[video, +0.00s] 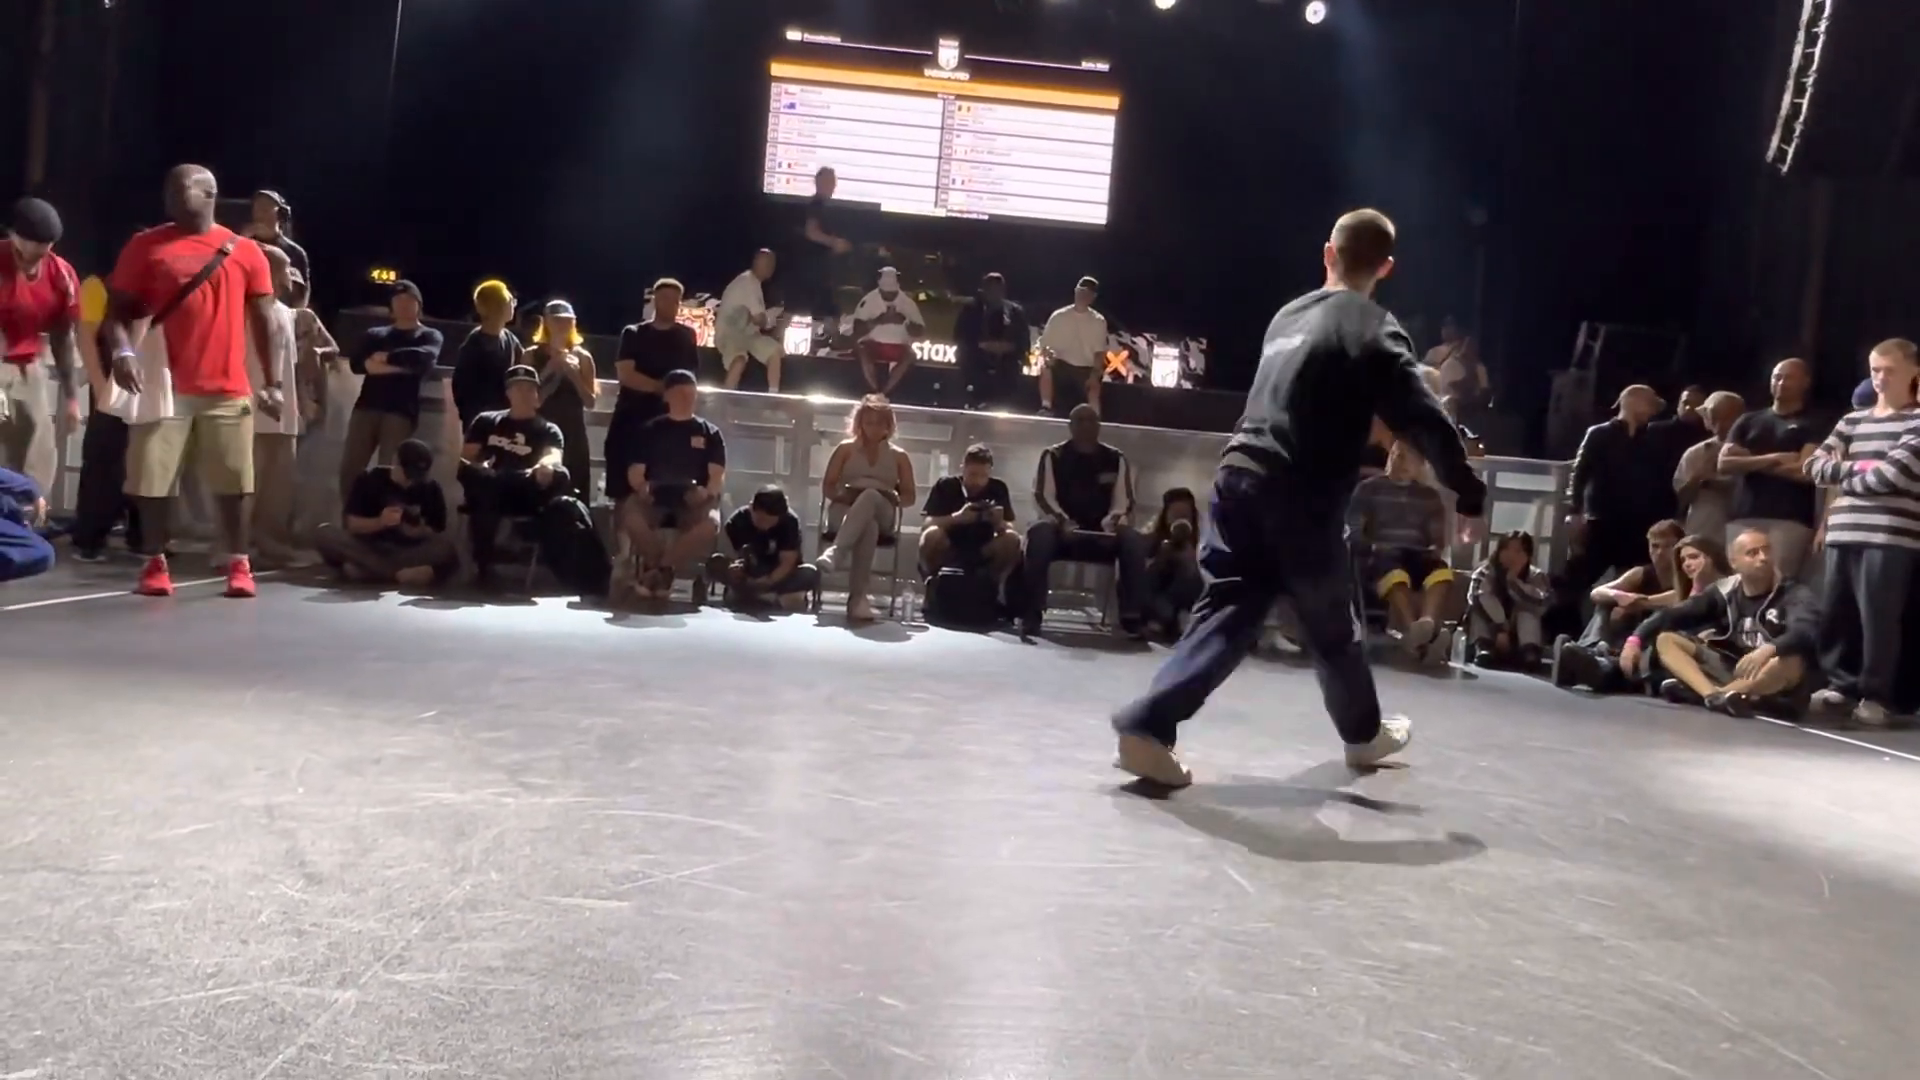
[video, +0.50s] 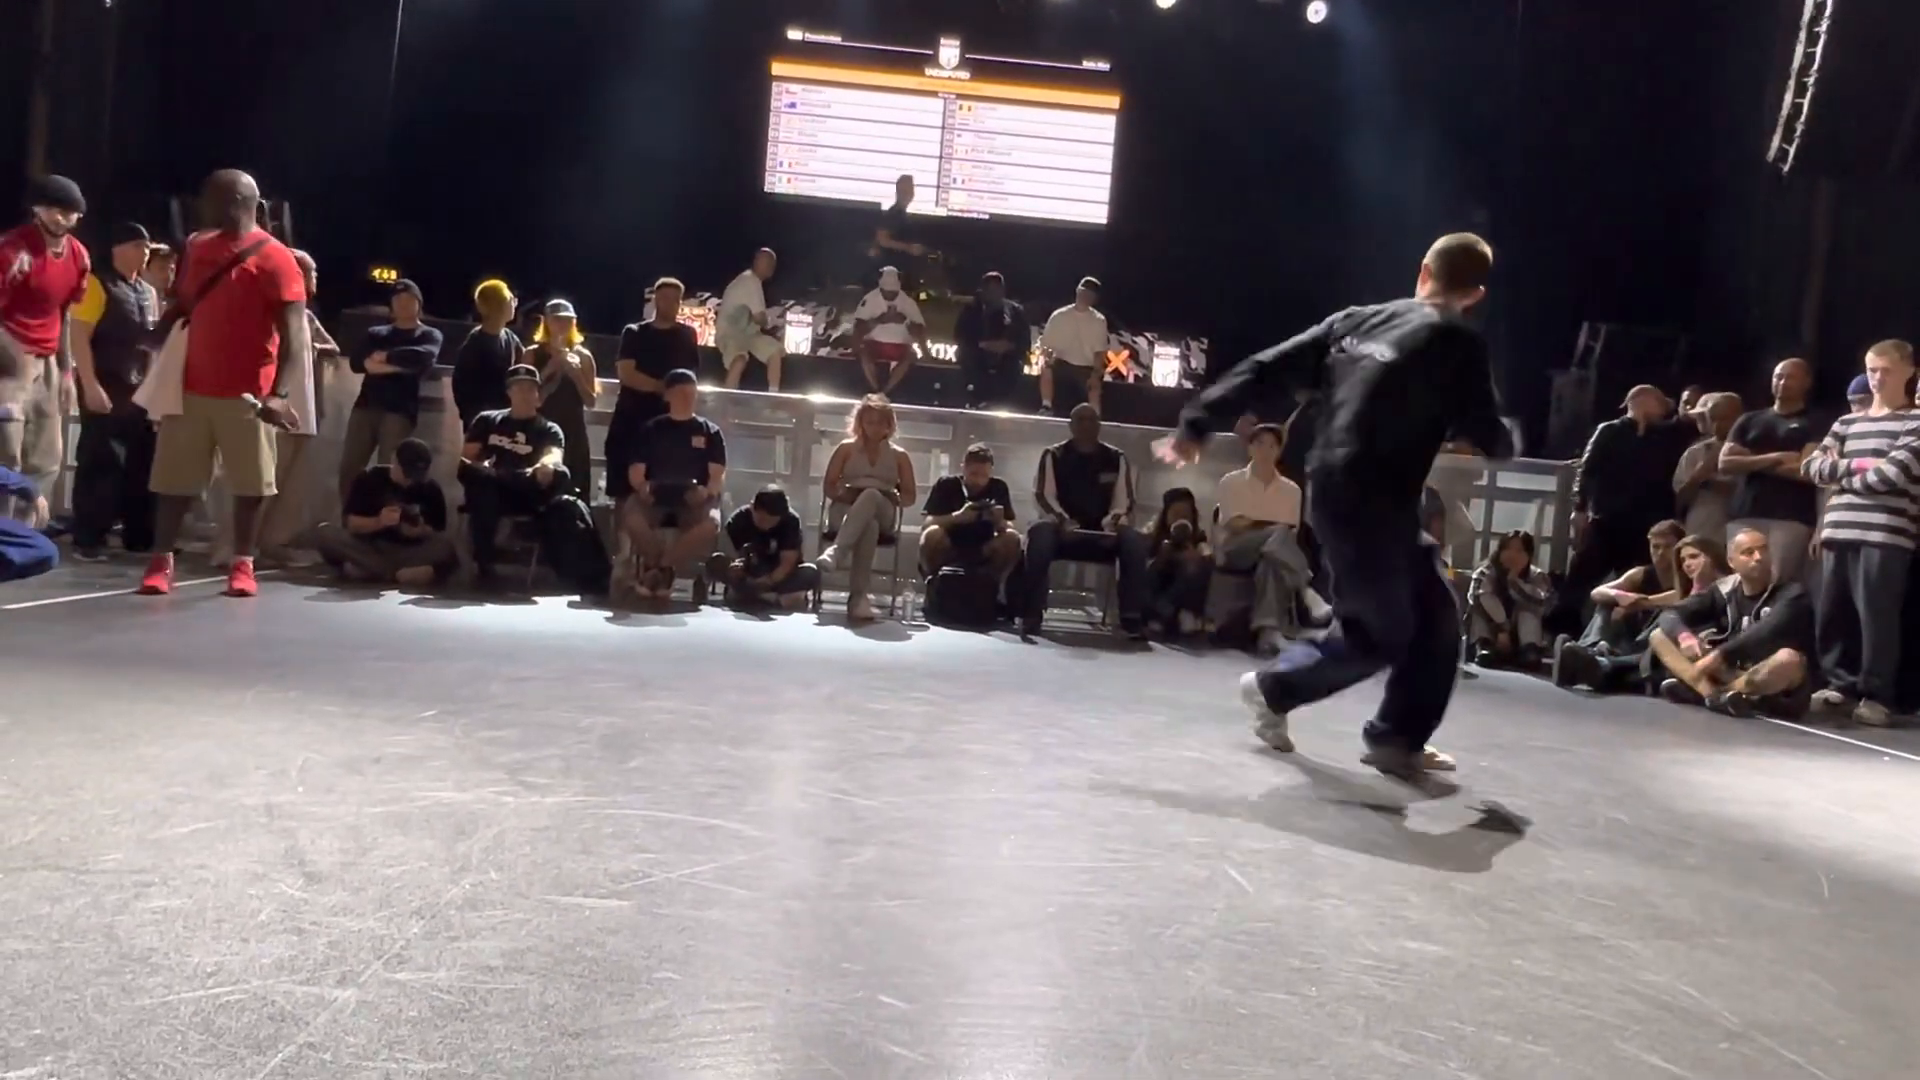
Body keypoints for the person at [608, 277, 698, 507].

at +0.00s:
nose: (671, 305)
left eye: (675, 300)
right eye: (665, 299)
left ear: (679, 303)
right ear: (654, 301)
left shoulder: (686, 335)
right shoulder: (633, 333)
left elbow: (689, 380)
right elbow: (625, 375)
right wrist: (663, 388)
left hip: (669, 418)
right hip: (632, 416)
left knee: (666, 485)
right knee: (623, 488)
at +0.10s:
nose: (672, 304)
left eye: (676, 300)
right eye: (666, 298)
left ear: (680, 303)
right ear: (655, 300)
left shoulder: (687, 335)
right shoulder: (634, 332)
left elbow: (690, 379)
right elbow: (626, 375)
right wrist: (664, 387)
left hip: (670, 419)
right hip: (632, 417)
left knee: (666, 487)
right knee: (624, 490)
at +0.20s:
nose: (672, 304)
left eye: (676, 299)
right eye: (666, 298)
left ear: (681, 303)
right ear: (655, 300)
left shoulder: (687, 334)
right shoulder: (634, 332)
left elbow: (690, 380)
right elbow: (626, 375)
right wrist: (664, 387)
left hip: (670, 420)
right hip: (632, 418)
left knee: (666, 488)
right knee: (624, 490)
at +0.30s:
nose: (671, 304)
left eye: (676, 299)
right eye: (666, 298)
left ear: (681, 303)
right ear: (655, 300)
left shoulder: (687, 334)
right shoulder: (634, 332)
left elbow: (690, 379)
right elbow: (626, 375)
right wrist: (665, 387)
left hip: (670, 419)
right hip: (632, 417)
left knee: (666, 487)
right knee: (624, 489)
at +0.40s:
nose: (671, 304)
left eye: (675, 299)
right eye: (665, 298)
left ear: (680, 303)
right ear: (655, 300)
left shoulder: (687, 334)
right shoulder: (634, 332)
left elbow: (689, 380)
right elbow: (626, 375)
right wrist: (665, 388)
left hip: (669, 420)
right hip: (632, 418)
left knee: (666, 489)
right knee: (624, 491)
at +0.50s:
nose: (670, 304)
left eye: (675, 299)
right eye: (665, 298)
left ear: (680, 303)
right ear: (654, 300)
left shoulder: (687, 334)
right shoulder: (634, 332)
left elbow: (689, 380)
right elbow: (626, 374)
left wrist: (640, 378)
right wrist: (665, 387)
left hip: (669, 423)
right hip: (631, 420)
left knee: (665, 492)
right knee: (624, 493)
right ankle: (621, 553)